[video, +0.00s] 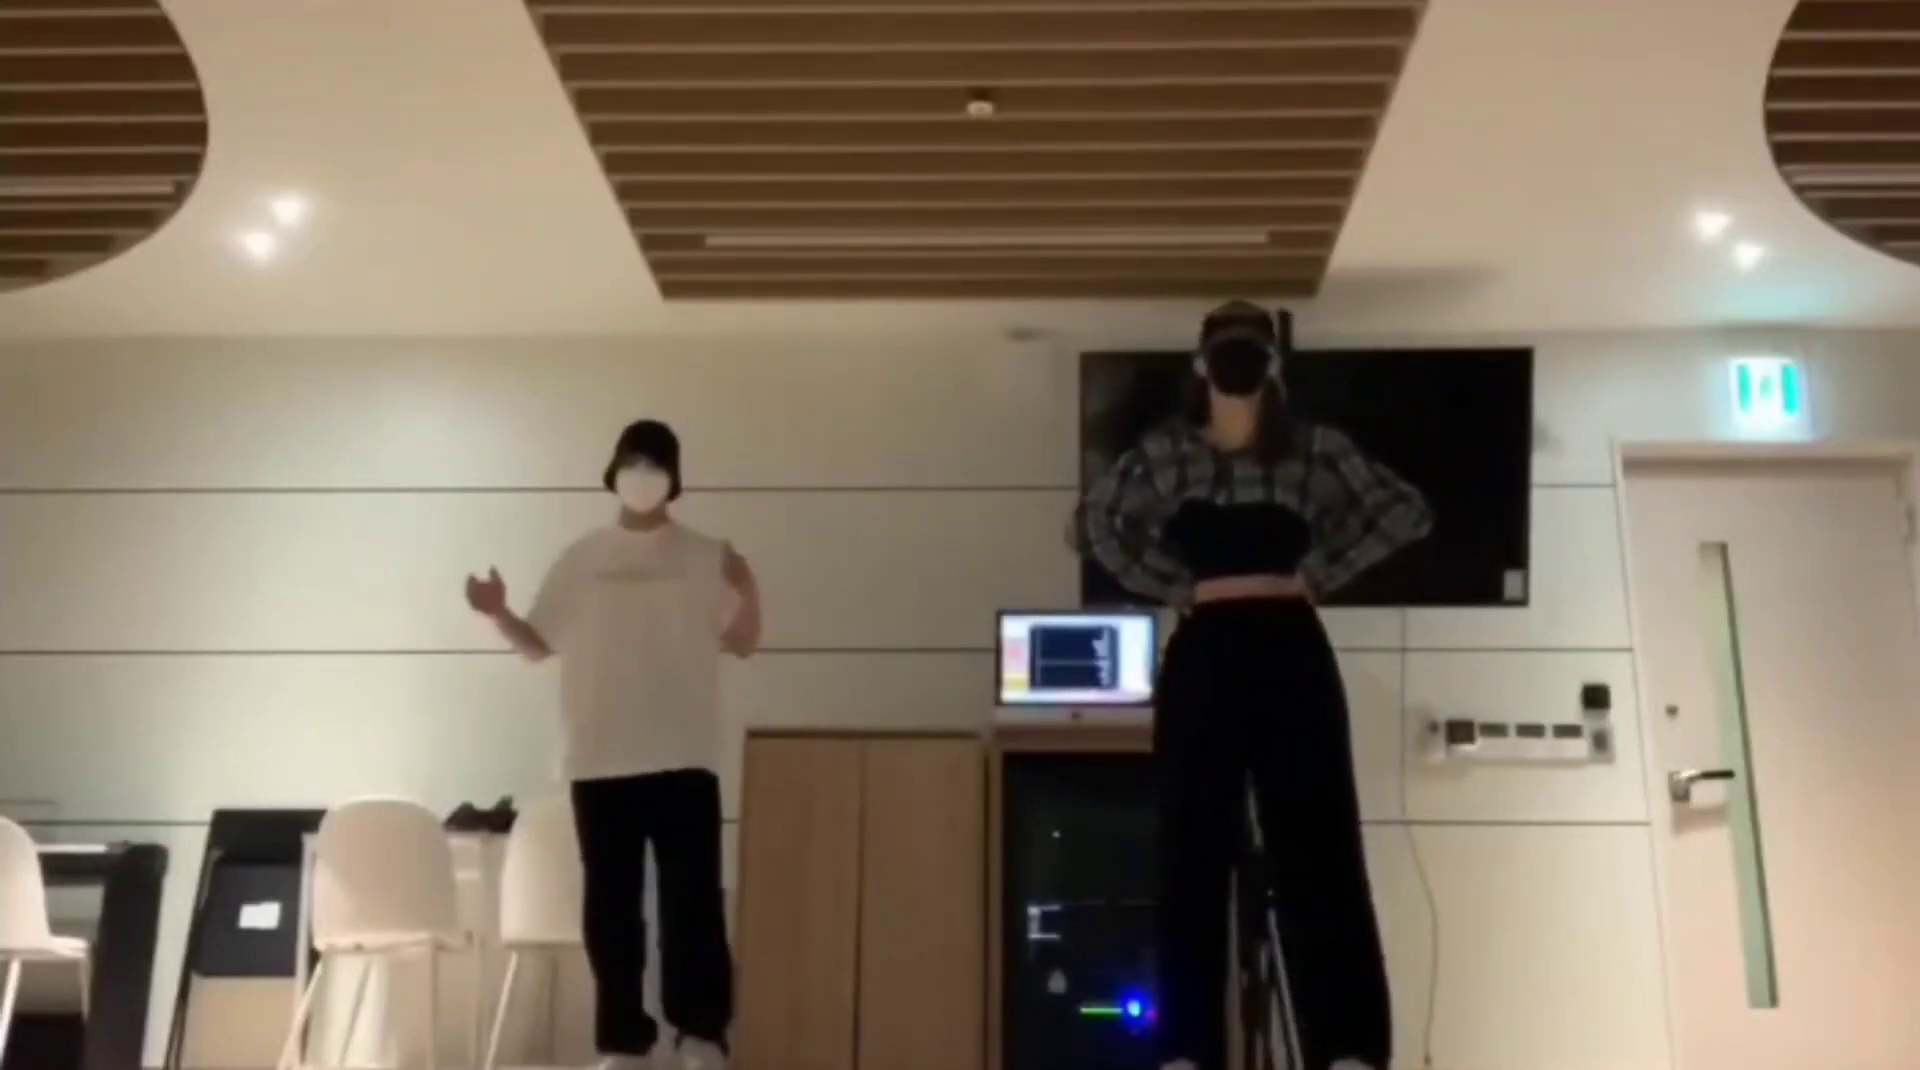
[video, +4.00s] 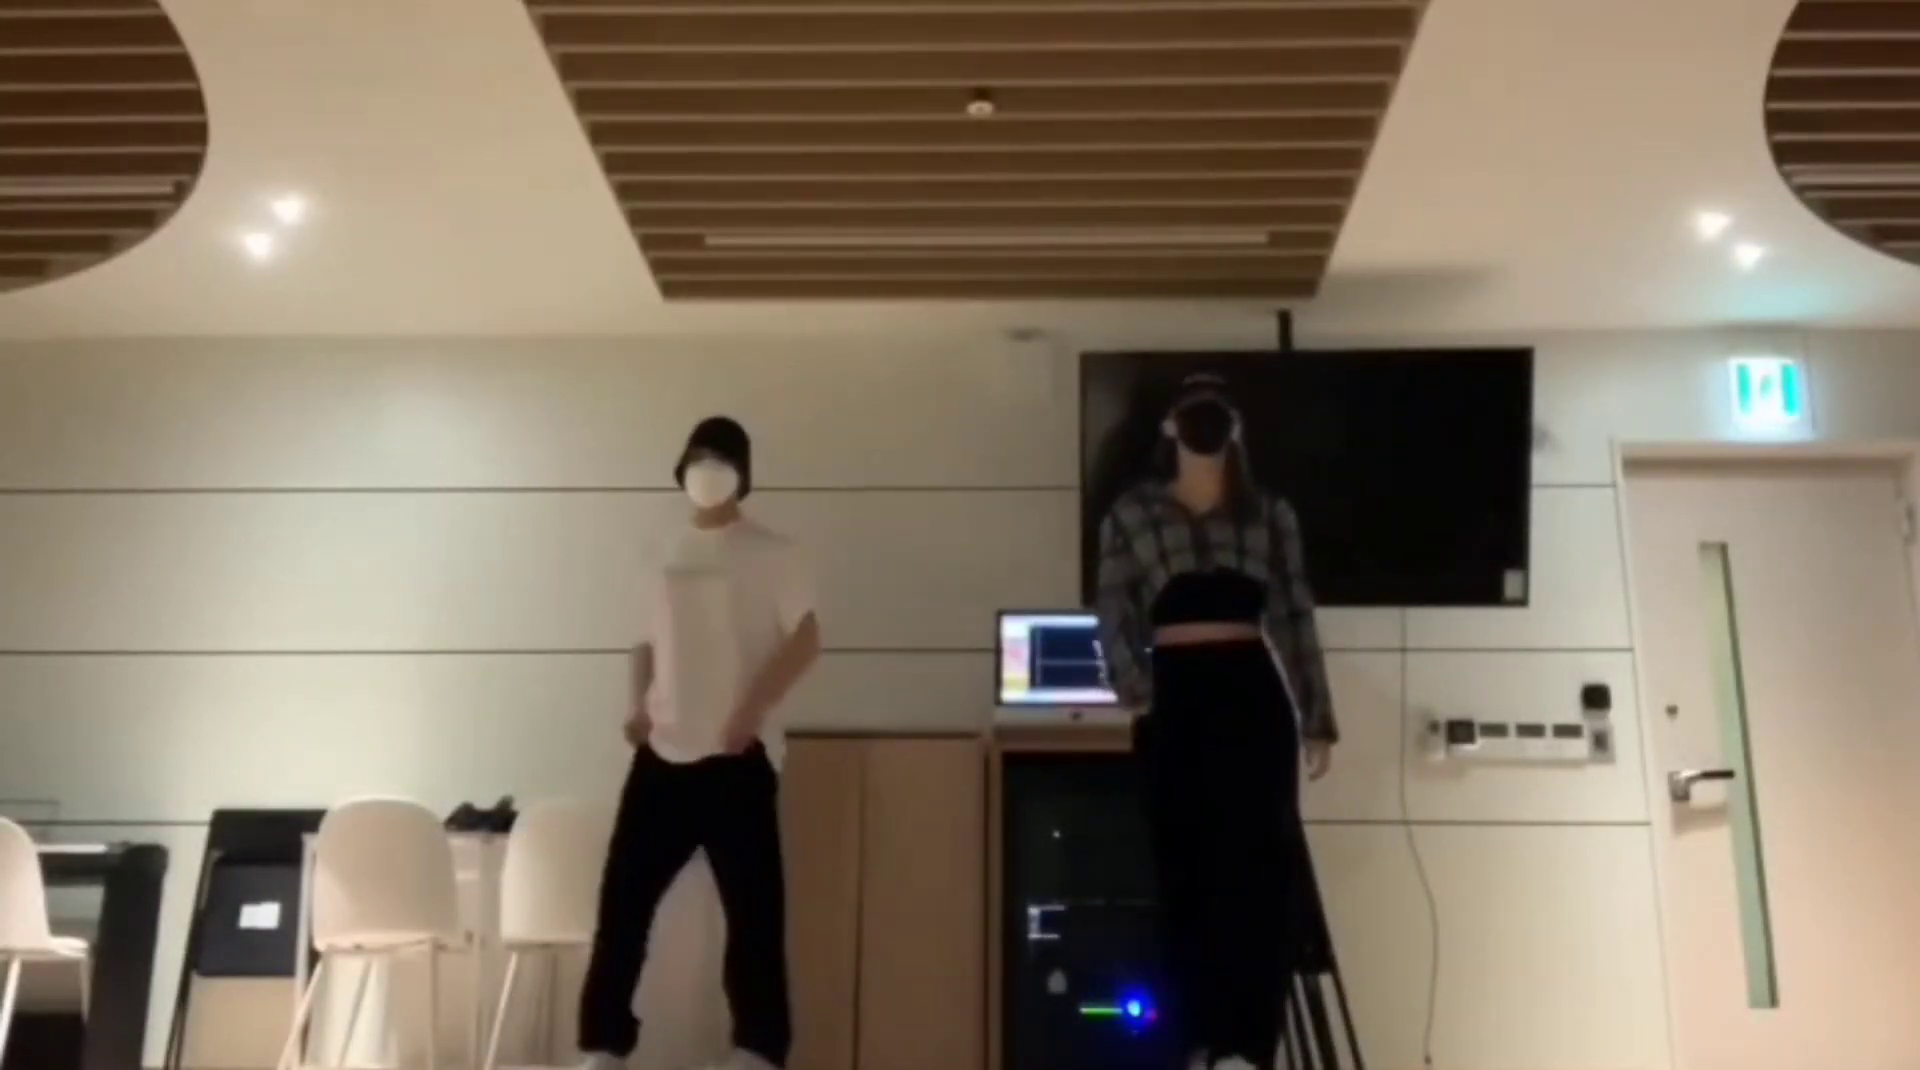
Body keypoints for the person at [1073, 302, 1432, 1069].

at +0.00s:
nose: (1239, 358)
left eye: (1253, 345)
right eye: (1225, 344)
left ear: (1276, 362)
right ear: (1200, 361)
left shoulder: (1316, 449)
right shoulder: (1167, 451)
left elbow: (1406, 512)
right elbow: (1097, 523)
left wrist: (1322, 572)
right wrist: (1170, 587)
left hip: (1290, 654)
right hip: (1203, 657)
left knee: (1315, 847)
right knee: (1195, 851)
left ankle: (1346, 1046)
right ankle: (1189, 1045)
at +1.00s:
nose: (1206, 387)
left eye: (1219, 376)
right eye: (1192, 376)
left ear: (1241, 392)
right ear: (1167, 393)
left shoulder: (1280, 474)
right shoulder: (1138, 477)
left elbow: (1365, 537)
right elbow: (1065, 544)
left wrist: (1288, 595)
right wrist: (1144, 596)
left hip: (1256, 674)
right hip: (1177, 675)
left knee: (1259, 847)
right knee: (1175, 847)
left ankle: (1253, 1032)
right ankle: (1187, 1034)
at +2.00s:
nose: (1234, 415)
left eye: (1246, 405)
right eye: (1219, 405)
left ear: (1265, 423)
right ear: (1194, 421)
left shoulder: (1296, 509)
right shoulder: (1158, 499)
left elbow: (1319, 615)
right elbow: (1111, 582)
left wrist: (1344, 704)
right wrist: (1163, 584)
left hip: (1282, 696)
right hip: (1198, 693)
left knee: (1278, 874)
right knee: (1187, 869)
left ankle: (1267, 1041)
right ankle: (1191, 1040)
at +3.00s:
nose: (1218, 426)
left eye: (1230, 414)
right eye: (1202, 416)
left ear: (1250, 432)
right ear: (1179, 433)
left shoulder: (1286, 521)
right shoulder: (1146, 517)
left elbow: (1312, 626)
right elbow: (1112, 600)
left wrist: (1322, 722)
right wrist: (1176, 583)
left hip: (1260, 702)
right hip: (1184, 703)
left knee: (1268, 867)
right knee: (1192, 869)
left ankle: (1263, 1040)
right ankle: (1203, 1039)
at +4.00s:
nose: (1207, 422)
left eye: (1218, 410)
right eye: (1193, 411)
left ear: (1237, 428)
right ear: (1169, 428)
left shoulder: (1270, 514)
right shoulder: (1132, 515)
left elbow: (1295, 618)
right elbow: (1112, 611)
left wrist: (1316, 713)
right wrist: (1135, 690)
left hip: (1255, 702)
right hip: (1176, 704)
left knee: (1259, 867)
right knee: (1187, 868)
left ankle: (1251, 1040)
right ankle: (1197, 1037)